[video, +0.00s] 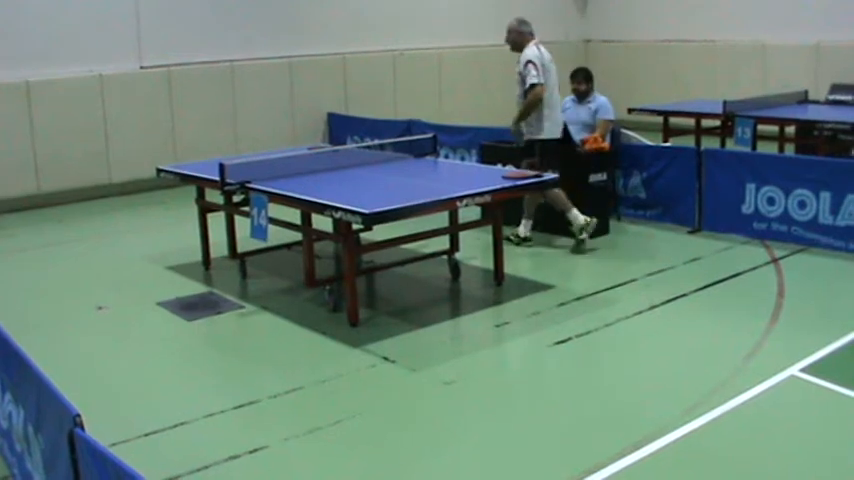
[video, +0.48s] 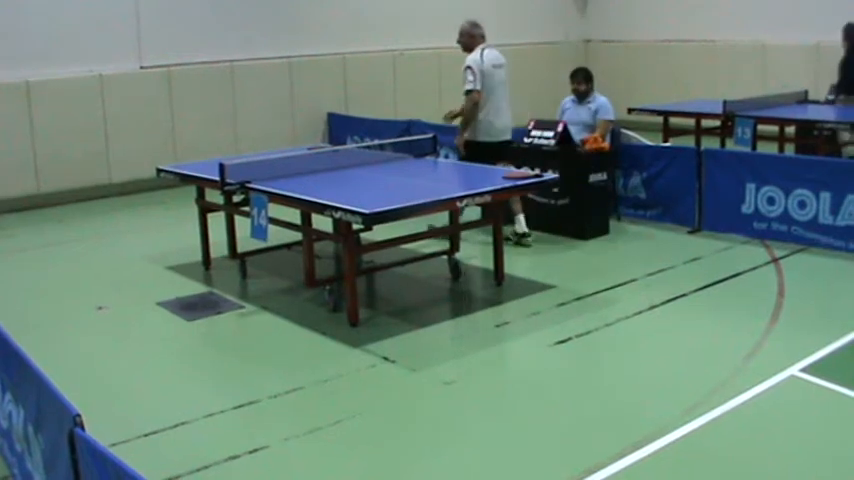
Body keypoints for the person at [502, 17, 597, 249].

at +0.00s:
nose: (506, 40)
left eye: (509, 35)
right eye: (507, 35)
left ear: (521, 34)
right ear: (526, 34)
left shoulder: (530, 55)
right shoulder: (541, 52)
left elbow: (537, 92)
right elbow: (545, 92)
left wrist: (517, 119)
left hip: (539, 131)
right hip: (547, 129)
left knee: (540, 180)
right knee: (535, 181)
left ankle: (580, 221)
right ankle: (523, 230)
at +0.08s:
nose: (499, 39)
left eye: (502, 33)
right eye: (500, 33)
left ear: (514, 33)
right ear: (520, 33)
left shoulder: (522, 55)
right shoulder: (535, 52)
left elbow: (527, 92)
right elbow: (538, 90)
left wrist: (509, 121)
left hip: (529, 130)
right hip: (540, 128)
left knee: (526, 180)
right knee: (527, 180)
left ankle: (559, 216)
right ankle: (524, 230)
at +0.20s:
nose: (489, 37)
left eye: (492, 32)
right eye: (490, 32)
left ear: (504, 32)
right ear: (510, 32)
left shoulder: (509, 55)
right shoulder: (527, 52)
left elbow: (513, 93)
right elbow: (529, 90)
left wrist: (496, 125)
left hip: (514, 129)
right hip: (531, 127)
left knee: (495, 174)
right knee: (523, 177)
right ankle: (524, 228)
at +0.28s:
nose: (482, 38)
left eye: (484, 33)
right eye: (483, 33)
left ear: (496, 33)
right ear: (503, 33)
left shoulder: (500, 56)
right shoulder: (521, 53)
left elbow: (503, 94)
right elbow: (514, 92)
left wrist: (487, 123)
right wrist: (486, 115)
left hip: (504, 130)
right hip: (523, 128)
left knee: (492, 177)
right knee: (522, 179)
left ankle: (492, 228)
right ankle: (524, 229)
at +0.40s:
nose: (469, 43)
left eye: (471, 38)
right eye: (470, 38)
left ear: (482, 36)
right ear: (491, 36)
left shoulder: (485, 60)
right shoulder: (508, 56)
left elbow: (485, 97)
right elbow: (496, 93)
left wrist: (473, 129)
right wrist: (468, 109)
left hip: (492, 133)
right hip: (513, 131)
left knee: (476, 177)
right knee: (516, 179)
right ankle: (523, 227)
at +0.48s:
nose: (459, 42)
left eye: (461, 37)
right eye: (459, 37)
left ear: (472, 37)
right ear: (480, 37)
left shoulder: (473, 61)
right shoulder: (498, 57)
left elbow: (473, 99)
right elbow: (490, 97)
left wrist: (462, 132)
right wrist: (461, 111)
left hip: (481, 134)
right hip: (503, 132)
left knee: (467, 179)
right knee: (509, 179)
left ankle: (451, 224)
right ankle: (521, 226)